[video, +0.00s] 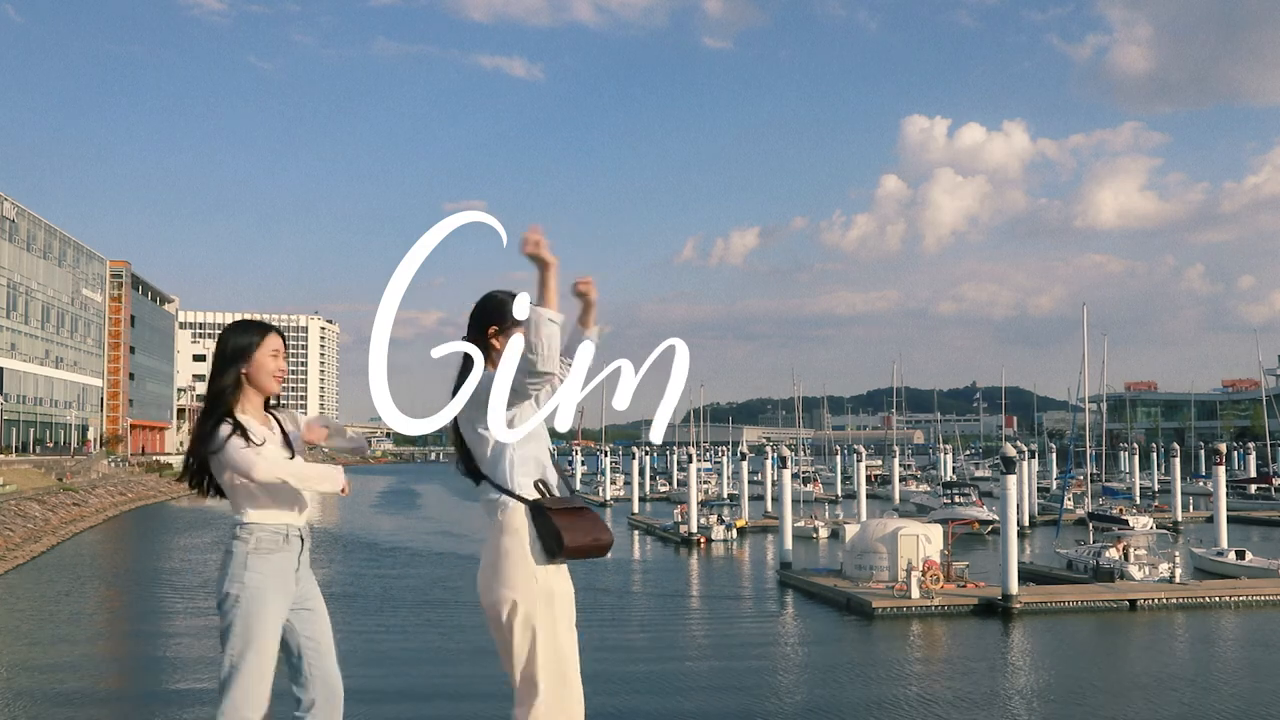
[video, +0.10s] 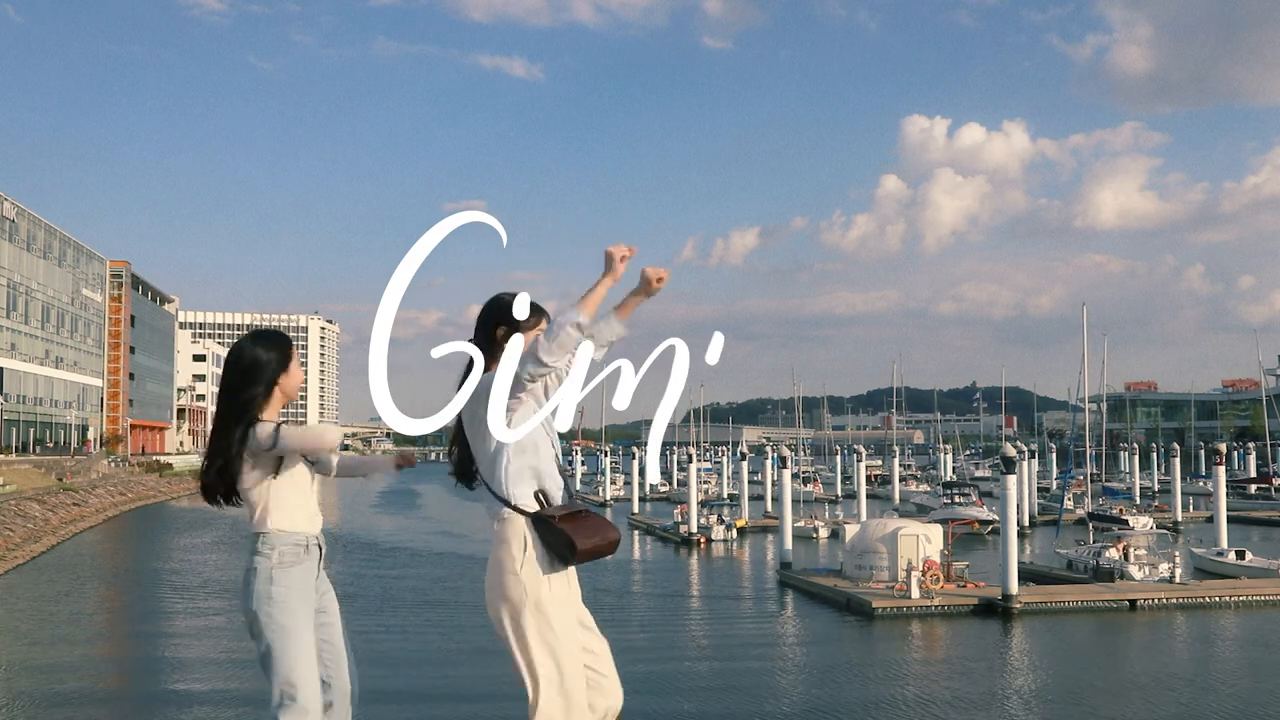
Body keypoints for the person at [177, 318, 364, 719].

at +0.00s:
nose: (283, 366)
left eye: (283, 357)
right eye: (273, 356)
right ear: (243, 364)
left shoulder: (282, 422)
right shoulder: (222, 428)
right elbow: (258, 468)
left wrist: (314, 435)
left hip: (297, 562)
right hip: (257, 562)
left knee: (325, 695)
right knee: (245, 699)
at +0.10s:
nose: (302, 374)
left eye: (299, 365)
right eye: (296, 366)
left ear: (273, 378)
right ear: (275, 376)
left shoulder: (282, 434)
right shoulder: (253, 434)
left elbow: (335, 464)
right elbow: (328, 438)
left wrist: (391, 461)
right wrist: (331, 434)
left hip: (312, 568)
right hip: (279, 572)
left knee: (337, 693)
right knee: (298, 701)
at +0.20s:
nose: (315, 379)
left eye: (312, 371)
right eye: (310, 371)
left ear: (266, 377)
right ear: (298, 377)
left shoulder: (286, 434)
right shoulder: (292, 426)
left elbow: (347, 448)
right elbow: (361, 384)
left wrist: (390, 430)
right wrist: (352, 366)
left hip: (309, 580)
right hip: (299, 583)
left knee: (348, 697)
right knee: (351, 706)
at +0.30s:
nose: (336, 365)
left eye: (331, 358)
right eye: (327, 360)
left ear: (280, 371)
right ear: (311, 370)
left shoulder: (285, 423)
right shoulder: (317, 414)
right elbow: (380, 360)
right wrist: (381, 309)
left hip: (301, 579)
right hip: (317, 583)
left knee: (334, 700)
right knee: (382, 695)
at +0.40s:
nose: (340, 357)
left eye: (338, 351)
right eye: (336, 351)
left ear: (282, 364)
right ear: (325, 363)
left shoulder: (283, 415)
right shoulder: (334, 401)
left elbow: (285, 374)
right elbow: (395, 342)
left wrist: (290, 333)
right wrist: (435, 290)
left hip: (307, 561)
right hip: (337, 563)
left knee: (331, 693)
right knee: (395, 689)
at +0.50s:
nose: (352, 365)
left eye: (350, 357)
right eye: (349, 358)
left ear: (286, 368)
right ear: (340, 367)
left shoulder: (278, 423)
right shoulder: (354, 409)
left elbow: (288, 386)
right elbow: (421, 360)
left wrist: (280, 364)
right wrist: (414, 315)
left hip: (313, 554)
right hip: (361, 550)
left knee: (340, 691)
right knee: (394, 689)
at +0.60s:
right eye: (359, 362)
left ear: (299, 375)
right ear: (357, 370)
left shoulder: (285, 429)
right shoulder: (369, 418)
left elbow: (266, 391)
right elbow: (434, 365)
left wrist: (279, 346)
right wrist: (421, 311)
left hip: (324, 562)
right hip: (375, 553)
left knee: (352, 690)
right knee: (411, 682)